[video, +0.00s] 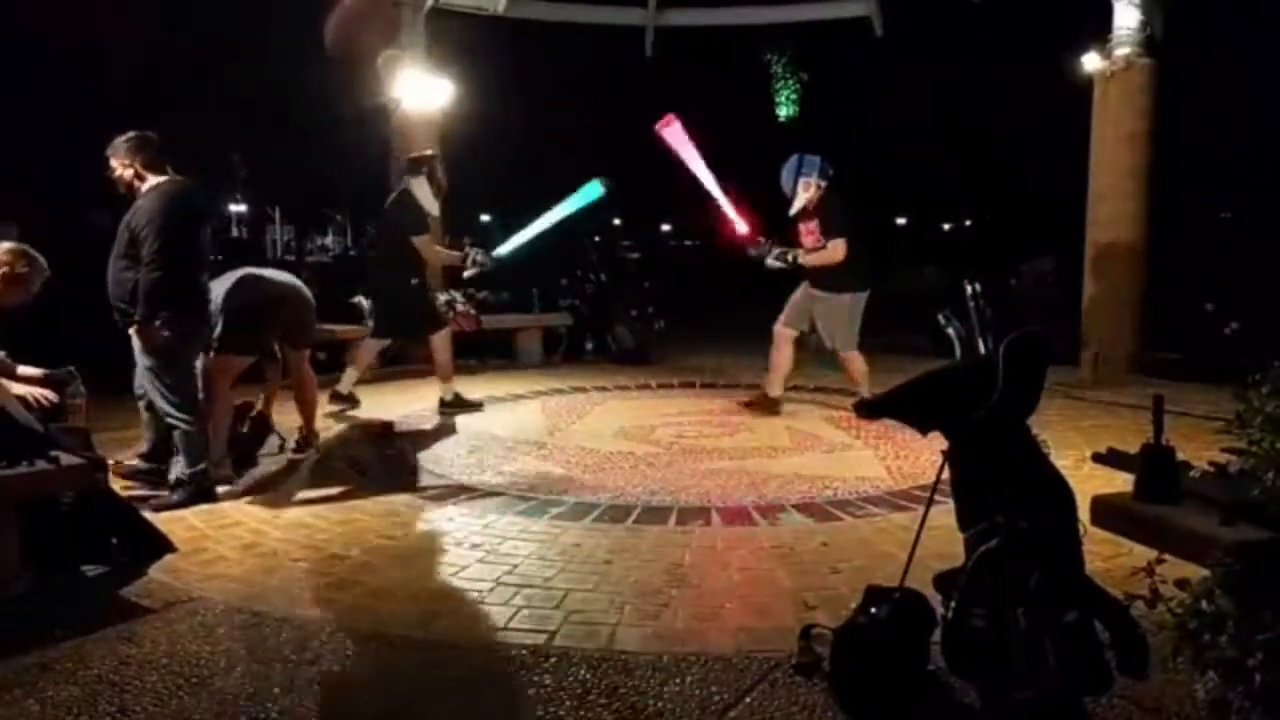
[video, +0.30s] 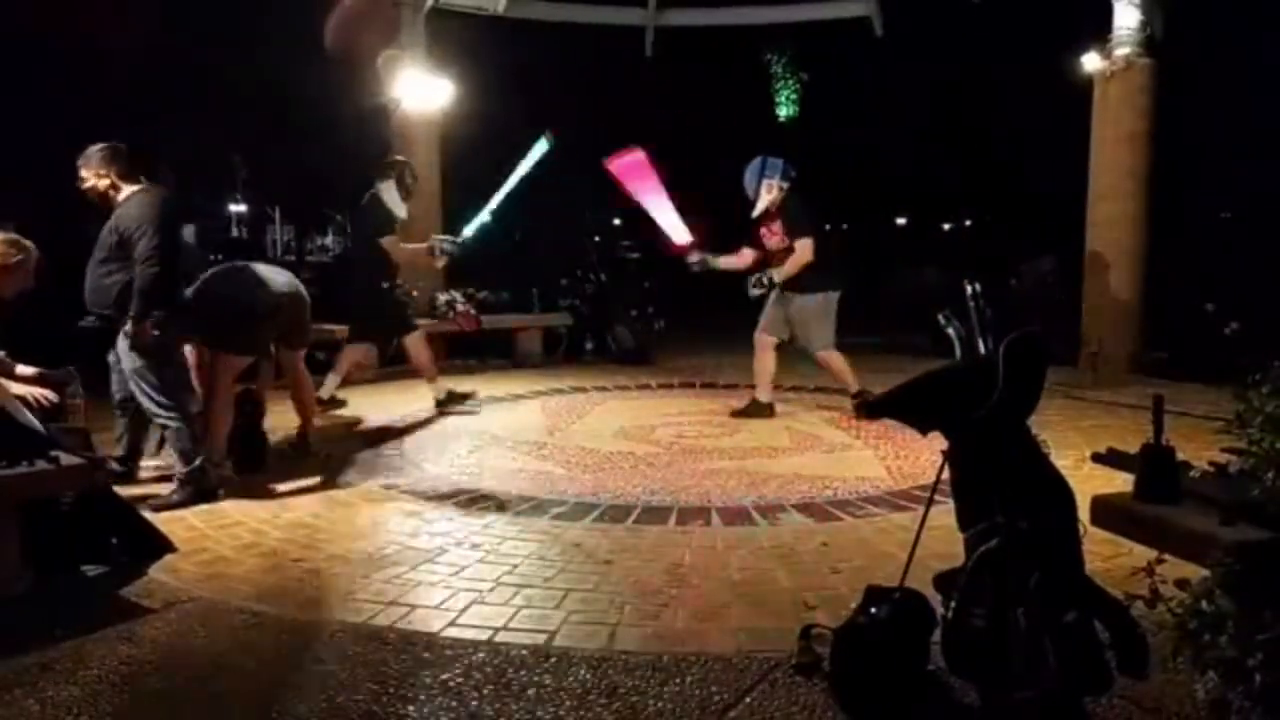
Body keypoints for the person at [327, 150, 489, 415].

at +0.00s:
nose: (444, 175)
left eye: (441, 169)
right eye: (440, 170)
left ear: (414, 173)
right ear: (429, 173)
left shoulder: (411, 199)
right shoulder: (408, 203)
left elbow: (426, 248)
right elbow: (429, 253)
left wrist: (460, 255)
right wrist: (464, 259)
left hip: (392, 281)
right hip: (404, 283)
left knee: (381, 335)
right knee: (440, 329)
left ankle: (343, 389)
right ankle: (449, 395)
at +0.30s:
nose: (412, 188)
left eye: (412, 182)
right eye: (410, 181)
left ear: (387, 177)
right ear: (399, 178)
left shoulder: (376, 202)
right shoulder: (378, 205)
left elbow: (392, 248)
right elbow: (395, 250)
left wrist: (427, 252)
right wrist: (428, 249)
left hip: (365, 281)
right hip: (376, 283)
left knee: (358, 340)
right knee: (412, 332)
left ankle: (325, 392)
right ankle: (440, 391)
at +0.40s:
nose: (393, 185)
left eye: (390, 179)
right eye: (387, 178)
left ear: (371, 177)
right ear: (376, 177)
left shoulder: (370, 199)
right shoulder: (366, 199)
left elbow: (385, 241)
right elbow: (384, 245)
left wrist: (417, 245)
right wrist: (419, 246)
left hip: (353, 276)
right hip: (363, 278)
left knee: (351, 335)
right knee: (396, 327)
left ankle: (324, 390)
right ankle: (405, 384)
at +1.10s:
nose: (419, 181)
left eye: (418, 175)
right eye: (415, 174)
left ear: (393, 175)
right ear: (403, 175)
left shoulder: (380, 202)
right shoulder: (388, 204)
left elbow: (403, 248)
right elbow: (405, 251)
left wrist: (439, 247)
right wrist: (443, 252)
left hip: (374, 284)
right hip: (388, 288)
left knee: (362, 336)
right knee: (431, 323)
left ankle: (326, 391)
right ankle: (437, 396)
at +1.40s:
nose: (448, 171)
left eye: (447, 164)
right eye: (443, 164)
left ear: (417, 165)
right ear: (431, 164)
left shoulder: (408, 190)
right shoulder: (419, 188)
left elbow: (438, 238)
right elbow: (440, 239)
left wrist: (479, 242)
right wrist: (482, 243)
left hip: (392, 272)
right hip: (407, 274)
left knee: (389, 327)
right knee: (438, 327)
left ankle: (353, 384)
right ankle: (438, 395)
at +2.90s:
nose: (463, 185)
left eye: (462, 179)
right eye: (459, 179)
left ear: (442, 181)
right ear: (446, 181)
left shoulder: (439, 207)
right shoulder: (429, 212)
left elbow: (445, 254)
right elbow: (438, 263)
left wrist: (464, 274)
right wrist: (467, 276)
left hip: (426, 285)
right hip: (428, 286)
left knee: (413, 335)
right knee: (470, 326)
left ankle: (373, 384)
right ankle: (473, 392)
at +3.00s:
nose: (451, 185)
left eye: (451, 179)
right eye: (447, 179)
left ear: (432, 180)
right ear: (435, 181)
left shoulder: (432, 208)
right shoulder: (415, 212)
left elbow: (431, 249)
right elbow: (415, 260)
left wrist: (446, 274)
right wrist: (440, 286)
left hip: (418, 277)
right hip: (410, 280)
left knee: (401, 334)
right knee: (447, 327)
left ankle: (369, 386)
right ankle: (467, 389)